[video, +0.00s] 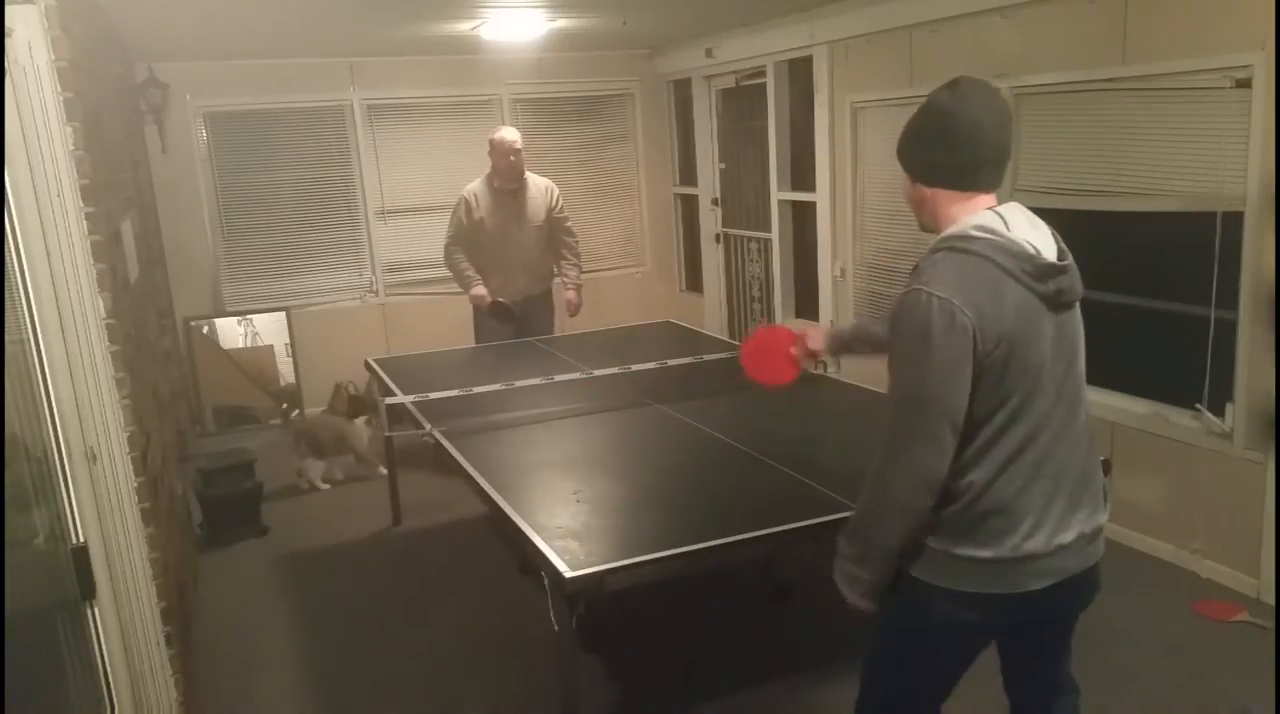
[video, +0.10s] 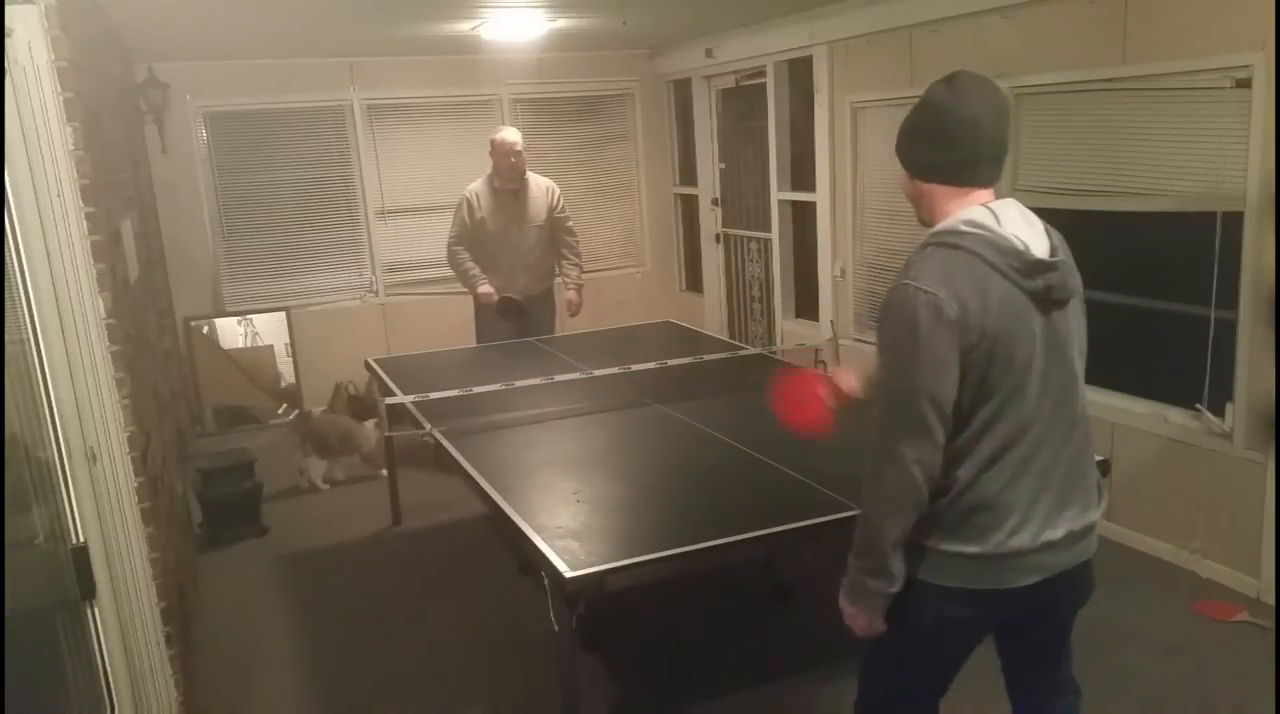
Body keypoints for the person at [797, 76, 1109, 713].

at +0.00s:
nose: (905, 189)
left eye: (906, 174)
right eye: (905, 173)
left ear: (919, 182)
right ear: (991, 168)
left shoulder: (941, 291)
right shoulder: (1039, 247)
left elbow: (917, 459)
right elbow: (953, 333)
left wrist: (860, 567)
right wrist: (837, 339)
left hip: (973, 569)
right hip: (1069, 556)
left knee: (891, 702)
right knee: (1045, 693)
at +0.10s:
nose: (902, 183)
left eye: (903, 167)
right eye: (905, 165)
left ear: (914, 173)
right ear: (994, 161)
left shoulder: (932, 285)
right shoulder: (1049, 247)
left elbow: (909, 456)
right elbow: (1002, 367)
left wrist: (867, 583)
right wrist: (875, 381)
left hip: (962, 568)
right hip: (1063, 554)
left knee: (891, 701)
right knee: (1049, 696)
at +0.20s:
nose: (897, 179)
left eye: (898, 163)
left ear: (905, 173)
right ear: (990, 162)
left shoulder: (910, 285)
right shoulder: (1057, 260)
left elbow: (882, 454)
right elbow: (1065, 404)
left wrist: (855, 587)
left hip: (942, 575)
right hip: (1053, 565)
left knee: (884, 701)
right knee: (1049, 698)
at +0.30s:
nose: (887, 180)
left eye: (890, 165)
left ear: (896, 173)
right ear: (981, 165)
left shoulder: (880, 288)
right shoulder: (1061, 270)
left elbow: (847, 449)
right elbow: (1076, 407)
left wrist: (832, 576)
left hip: (919, 581)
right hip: (1042, 572)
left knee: (875, 703)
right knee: (1050, 701)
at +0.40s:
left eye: (880, 163)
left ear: (883, 173)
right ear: (971, 167)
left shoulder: (852, 286)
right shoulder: (1053, 268)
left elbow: (812, 443)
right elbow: (1097, 410)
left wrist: (804, 562)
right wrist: (1066, 484)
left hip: (899, 583)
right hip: (1034, 574)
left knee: (872, 704)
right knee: (1053, 704)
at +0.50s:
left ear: (876, 167)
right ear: (966, 161)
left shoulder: (839, 279)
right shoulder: (1046, 261)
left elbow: (795, 434)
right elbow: (1101, 407)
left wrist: (788, 546)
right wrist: (1069, 493)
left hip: (893, 579)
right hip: (1033, 570)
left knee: (874, 706)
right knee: (1061, 705)